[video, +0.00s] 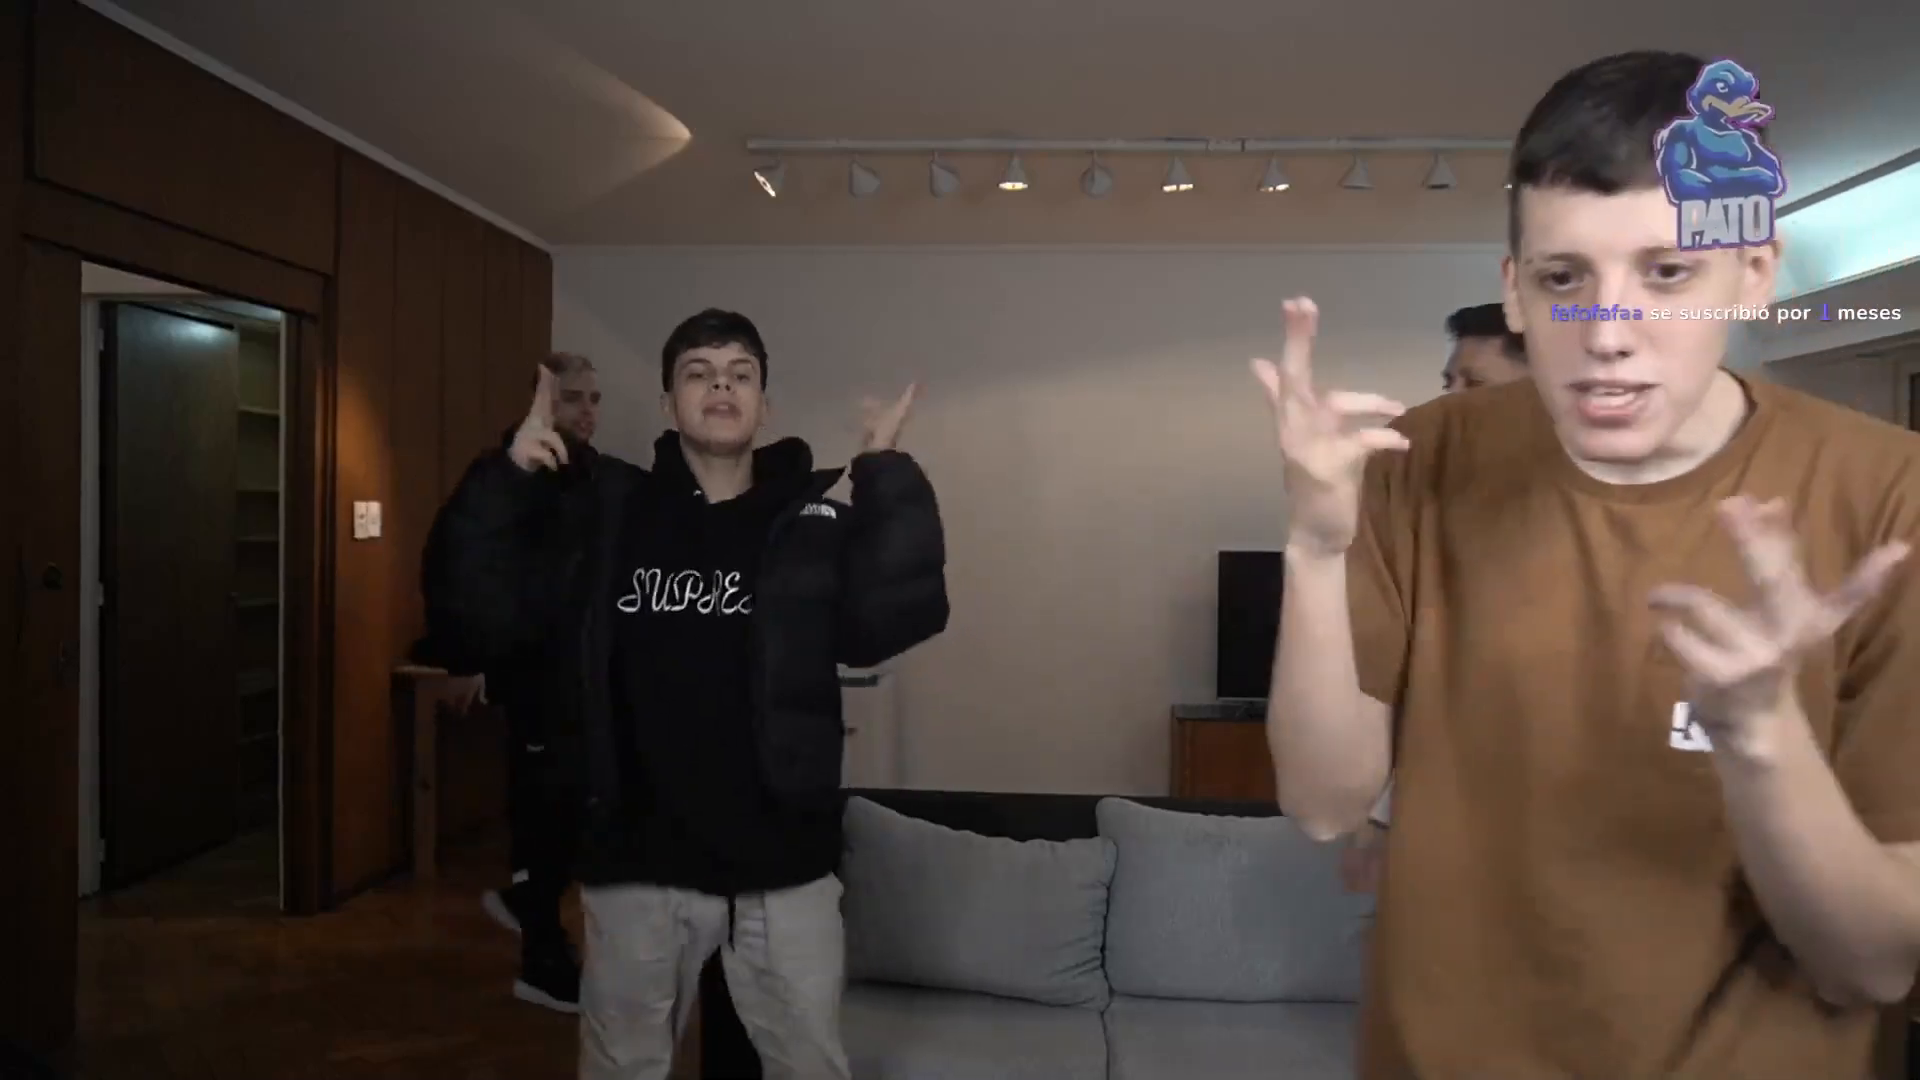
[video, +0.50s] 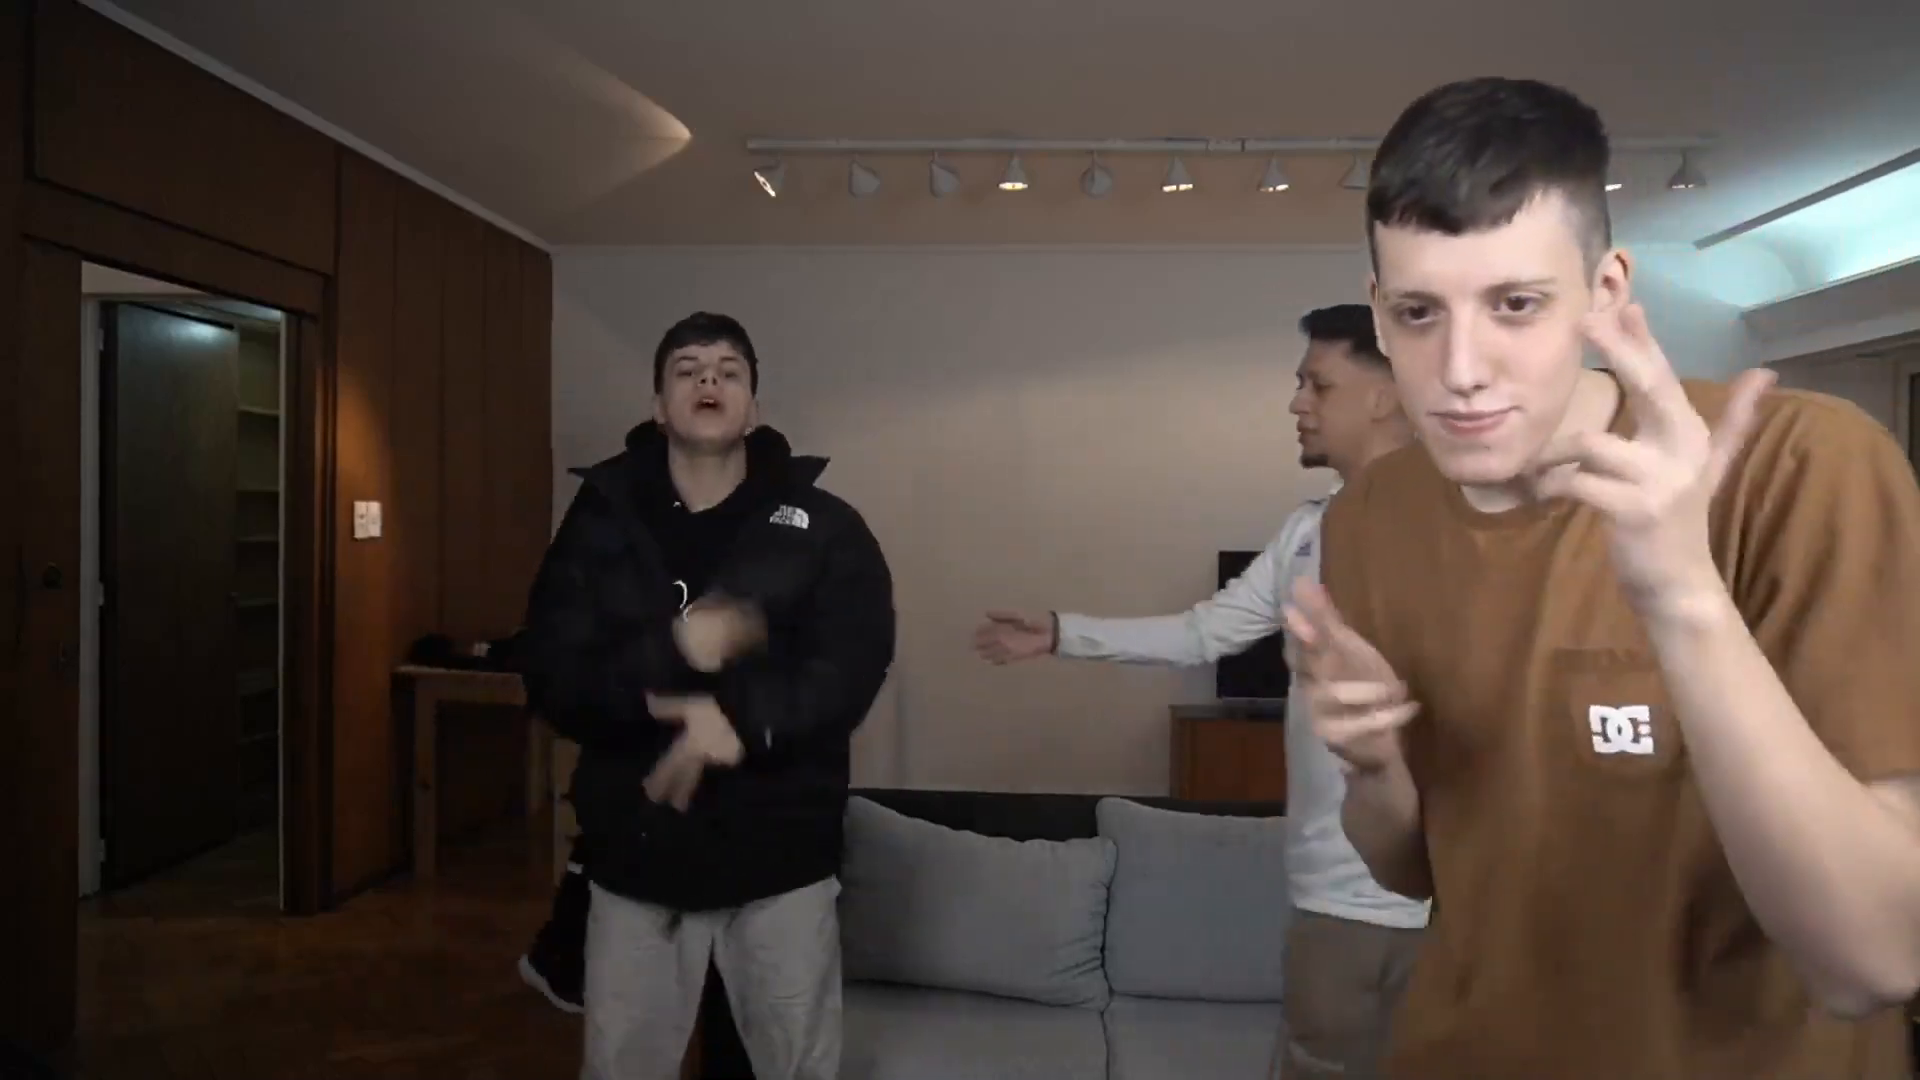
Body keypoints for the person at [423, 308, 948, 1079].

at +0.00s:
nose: (722, 388)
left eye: (742, 375)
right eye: (700, 374)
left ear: (765, 405)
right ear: (669, 404)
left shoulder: (810, 517)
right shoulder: (608, 508)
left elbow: (889, 627)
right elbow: (466, 621)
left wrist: (886, 474)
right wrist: (510, 475)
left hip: (782, 850)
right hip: (641, 849)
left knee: (811, 1066)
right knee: (622, 1064)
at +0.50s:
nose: (709, 382)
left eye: (729, 372)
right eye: (687, 372)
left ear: (755, 404)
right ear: (659, 403)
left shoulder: (822, 524)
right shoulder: (603, 515)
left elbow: (851, 667)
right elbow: (552, 676)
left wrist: (734, 722)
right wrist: (675, 648)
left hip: (780, 857)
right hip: (636, 858)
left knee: (797, 1066)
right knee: (621, 1066)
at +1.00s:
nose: (706, 398)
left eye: (727, 384)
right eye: (684, 382)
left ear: (751, 410)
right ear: (655, 407)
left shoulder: (807, 530)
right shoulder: (593, 529)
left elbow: (880, 674)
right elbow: (514, 685)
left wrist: (852, 585)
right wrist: (583, 709)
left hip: (774, 866)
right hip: (629, 869)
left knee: (790, 1068)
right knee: (627, 1068)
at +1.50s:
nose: (649, 398)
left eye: (669, 381)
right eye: (626, 382)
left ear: (694, 405)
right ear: (597, 406)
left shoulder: (747, 512)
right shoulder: (555, 517)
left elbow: (855, 642)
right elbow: (470, 687)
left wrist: (773, 532)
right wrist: (501, 587)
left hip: (715, 851)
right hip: (583, 850)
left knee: (740, 1065)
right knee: (600, 1065)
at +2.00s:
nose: (765, 398)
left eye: (785, 385)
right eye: (743, 381)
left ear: (805, 410)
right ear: (704, 406)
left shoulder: (860, 546)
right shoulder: (631, 534)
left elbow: (906, 680)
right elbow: (546, 674)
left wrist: (774, 649)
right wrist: (645, 648)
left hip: (789, 890)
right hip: (646, 881)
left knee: (775, 1071)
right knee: (633, 1069)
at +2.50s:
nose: (829, 401)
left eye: (848, 385)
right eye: (805, 380)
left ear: (867, 411)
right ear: (764, 400)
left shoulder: (901, 543)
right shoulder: (682, 517)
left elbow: (947, 729)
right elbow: (575, 683)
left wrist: (949, 627)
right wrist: (601, 588)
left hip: (814, 894)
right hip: (668, 881)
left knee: (797, 1072)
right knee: (632, 1071)